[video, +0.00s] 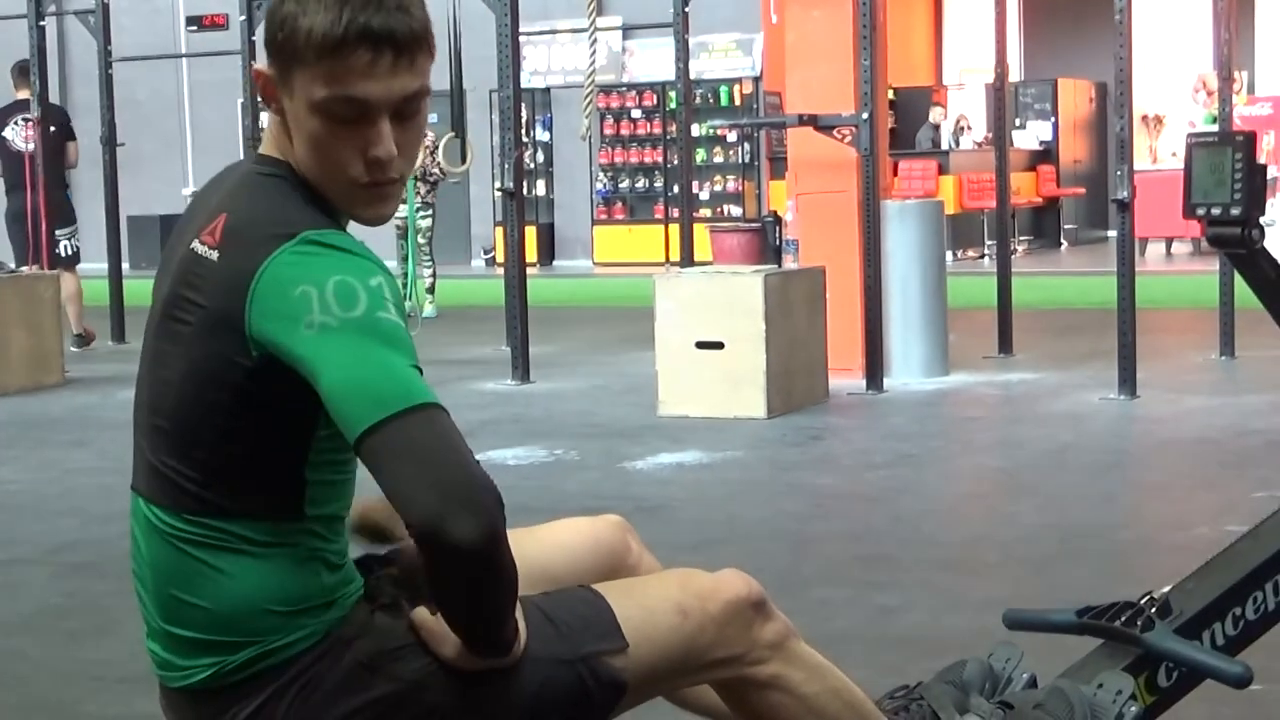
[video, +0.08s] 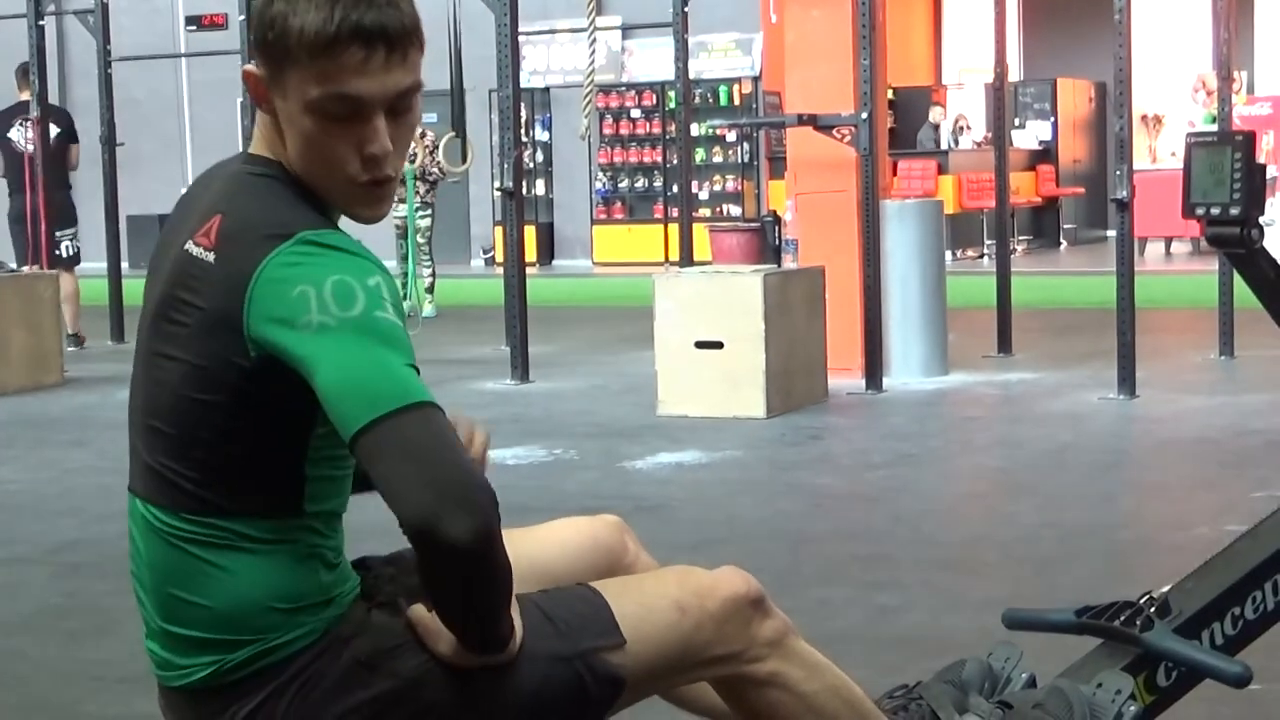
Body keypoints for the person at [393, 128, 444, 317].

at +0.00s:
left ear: (422, 122)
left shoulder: (428, 139)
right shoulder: (396, 144)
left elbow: (437, 175)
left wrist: (422, 166)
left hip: (423, 203)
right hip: (400, 202)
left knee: (424, 252)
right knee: (402, 254)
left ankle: (429, 300)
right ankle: (406, 300)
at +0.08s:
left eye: (412, 117)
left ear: (418, 116)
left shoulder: (427, 137)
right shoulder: (392, 140)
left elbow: (438, 173)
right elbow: (388, 173)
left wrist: (419, 167)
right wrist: (400, 168)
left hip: (422, 202)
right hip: (399, 202)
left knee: (423, 250)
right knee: (402, 253)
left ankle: (429, 299)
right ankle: (405, 299)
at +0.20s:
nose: (409, 122)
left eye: (412, 117)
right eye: (406, 118)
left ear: (417, 116)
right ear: (400, 119)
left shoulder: (428, 139)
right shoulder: (393, 140)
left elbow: (438, 172)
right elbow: (387, 170)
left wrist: (416, 165)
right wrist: (396, 167)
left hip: (421, 201)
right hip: (399, 200)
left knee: (421, 250)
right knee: (401, 250)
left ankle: (426, 298)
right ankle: (403, 298)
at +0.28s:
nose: (401, 118)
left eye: (405, 113)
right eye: (399, 113)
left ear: (416, 114)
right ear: (396, 114)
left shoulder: (427, 137)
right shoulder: (394, 138)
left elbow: (436, 170)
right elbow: (387, 170)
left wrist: (408, 169)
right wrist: (394, 172)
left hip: (420, 199)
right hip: (398, 199)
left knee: (420, 245)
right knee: (400, 245)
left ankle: (425, 288)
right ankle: (402, 286)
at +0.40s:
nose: (399, 119)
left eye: (403, 114)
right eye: (397, 114)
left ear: (414, 113)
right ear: (395, 115)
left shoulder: (425, 137)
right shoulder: (394, 139)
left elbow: (436, 170)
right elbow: (386, 170)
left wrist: (406, 167)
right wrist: (393, 172)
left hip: (418, 197)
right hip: (397, 197)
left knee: (419, 245)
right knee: (399, 246)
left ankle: (424, 285)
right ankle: (401, 286)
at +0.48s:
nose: (400, 118)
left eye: (404, 113)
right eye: (397, 113)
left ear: (414, 113)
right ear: (394, 114)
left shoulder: (424, 136)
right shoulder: (393, 138)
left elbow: (435, 168)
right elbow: (386, 167)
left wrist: (413, 169)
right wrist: (392, 177)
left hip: (418, 196)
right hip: (396, 197)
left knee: (418, 244)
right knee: (399, 244)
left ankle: (423, 286)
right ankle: (401, 286)